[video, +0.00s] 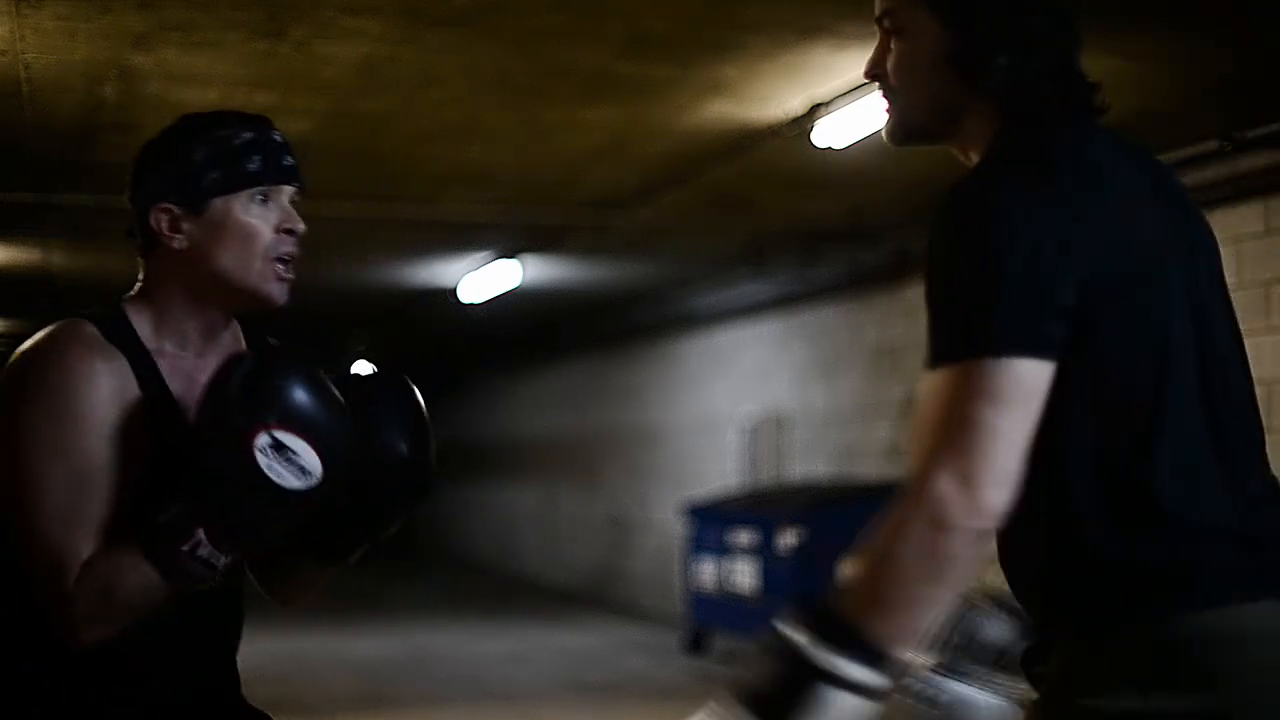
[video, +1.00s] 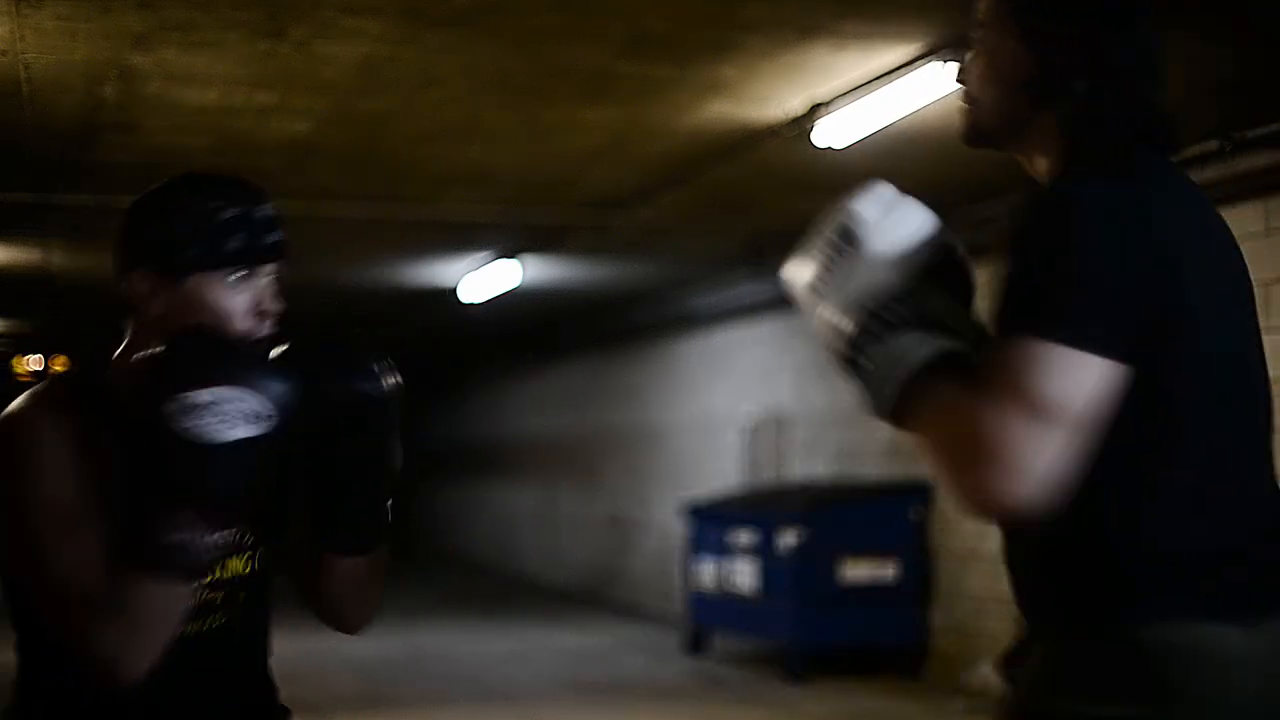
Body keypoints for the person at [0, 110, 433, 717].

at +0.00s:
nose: (294, 224)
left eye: (291, 204)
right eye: (262, 200)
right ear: (174, 226)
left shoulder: (252, 364)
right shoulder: (72, 371)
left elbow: (287, 583)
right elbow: (70, 611)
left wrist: (362, 491)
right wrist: (215, 521)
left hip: (206, 696)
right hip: (80, 712)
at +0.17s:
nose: (297, 216)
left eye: (296, 196)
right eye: (264, 194)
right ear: (178, 222)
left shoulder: (265, 357)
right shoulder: (80, 362)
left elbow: (332, 583)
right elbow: (108, 599)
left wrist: (377, 466)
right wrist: (228, 477)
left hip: (229, 699)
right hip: (95, 713)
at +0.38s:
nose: (390, 228)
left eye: (388, 208)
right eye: (358, 204)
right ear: (270, 227)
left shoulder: (324, 368)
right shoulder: (167, 362)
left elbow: (409, 594)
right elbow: (220, 595)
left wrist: (452, 451)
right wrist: (325, 465)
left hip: (269, 695)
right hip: (136, 701)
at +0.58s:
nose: (391, 260)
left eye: (388, 234)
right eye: (367, 232)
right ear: (275, 245)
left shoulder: (289, 377)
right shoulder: (173, 376)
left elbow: (397, 581)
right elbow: (291, 596)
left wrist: (456, 429)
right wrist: (367, 429)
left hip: (235, 699)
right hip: (121, 708)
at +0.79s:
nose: (337, 289)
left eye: (332, 263)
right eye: (310, 262)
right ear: (219, 275)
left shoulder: (243, 401)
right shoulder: (115, 404)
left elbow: (320, 613)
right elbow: (206, 630)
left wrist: (378, 463)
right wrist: (291, 475)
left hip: (200, 706)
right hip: (96, 712)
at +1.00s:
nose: (271, 305)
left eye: (272, 276)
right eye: (240, 278)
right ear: (152, 289)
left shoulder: (259, 412)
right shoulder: (47, 426)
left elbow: (347, 611)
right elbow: (114, 654)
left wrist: (359, 449)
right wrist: (200, 483)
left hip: (239, 707)